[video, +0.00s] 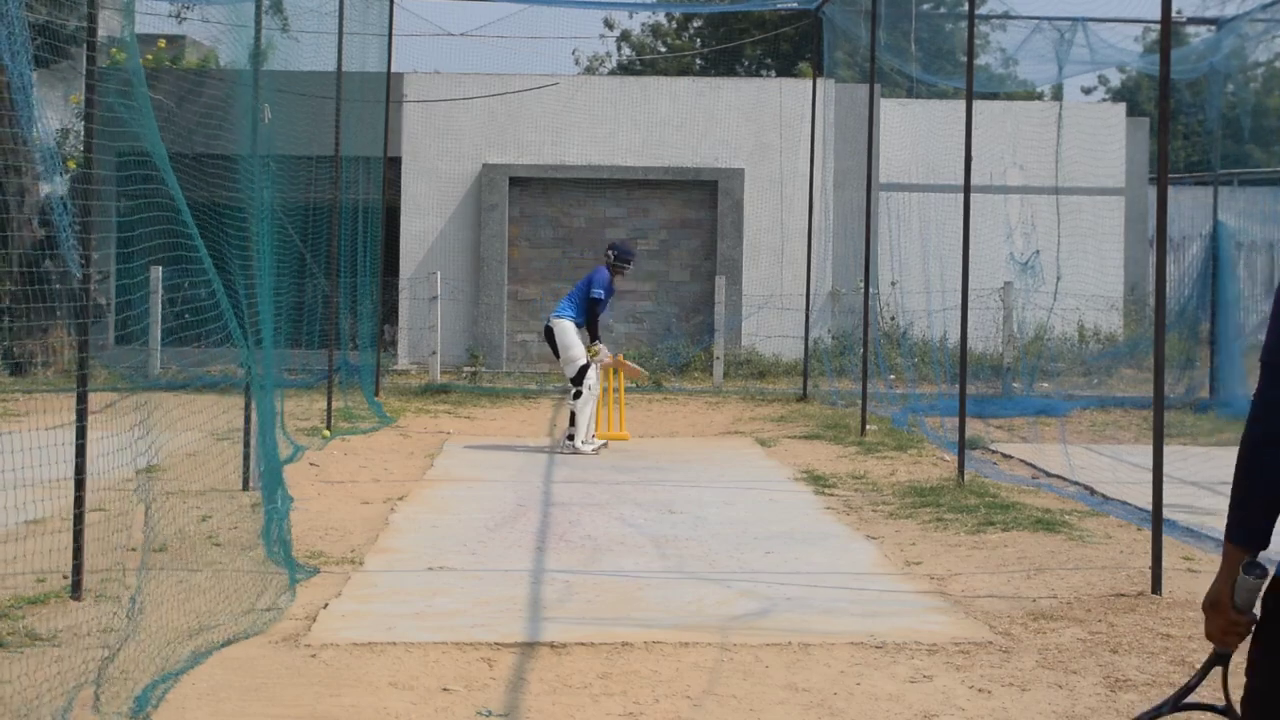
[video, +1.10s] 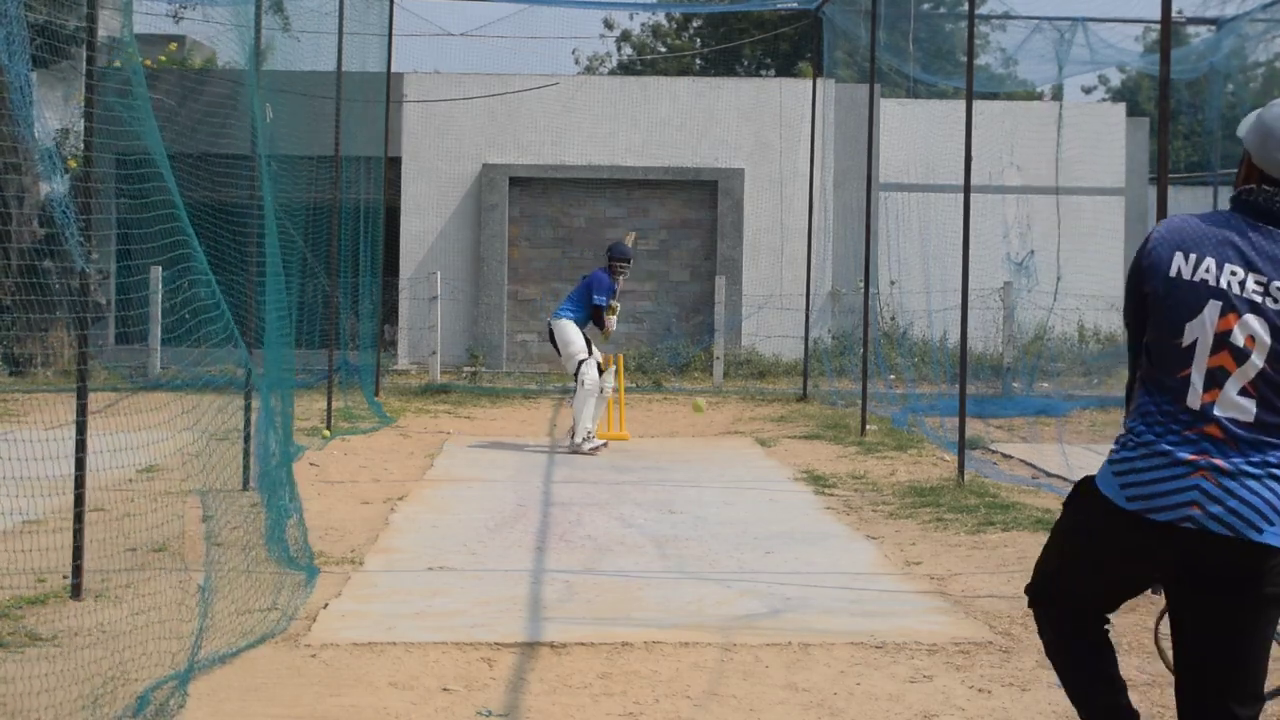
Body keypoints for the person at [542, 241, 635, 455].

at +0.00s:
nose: (625, 267)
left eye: (628, 263)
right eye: (623, 262)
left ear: (624, 263)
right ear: (613, 258)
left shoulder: (608, 282)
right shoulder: (602, 275)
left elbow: (593, 316)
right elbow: (592, 314)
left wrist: (596, 345)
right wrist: (596, 344)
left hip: (569, 326)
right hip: (561, 325)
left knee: (592, 379)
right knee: (584, 380)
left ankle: (585, 436)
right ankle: (575, 439)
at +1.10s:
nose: (621, 268)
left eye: (625, 264)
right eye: (618, 263)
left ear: (628, 265)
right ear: (609, 262)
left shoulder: (612, 283)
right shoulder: (601, 279)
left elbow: (610, 306)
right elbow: (596, 316)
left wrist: (611, 315)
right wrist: (605, 326)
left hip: (574, 326)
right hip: (563, 323)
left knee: (604, 378)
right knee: (589, 377)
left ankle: (586, 434)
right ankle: (579, 438)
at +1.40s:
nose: (618, 265)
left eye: (623, 262)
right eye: (615, 260)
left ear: (627, 262)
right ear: (608, 257)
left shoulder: (620, 277)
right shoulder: (595, 269)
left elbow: (614, 301)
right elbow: (590, 300)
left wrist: (625, 303)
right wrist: (615, 312)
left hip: (589, 327)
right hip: (571, 323)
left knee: (611, 378)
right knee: (586, 375)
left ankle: (583, 430)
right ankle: (584, 436)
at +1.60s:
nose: (617, 255)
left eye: (622, 252)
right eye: (614, 249)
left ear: (629, 251)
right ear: (609, 243)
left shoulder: (624, 266)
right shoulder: (598, 246)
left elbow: (598, 272)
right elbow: (580, 257)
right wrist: (562, 255)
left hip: (596, 312)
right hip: (574, 304)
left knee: (598, 368)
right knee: (597, 361)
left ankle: (589, 428)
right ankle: (601, 423)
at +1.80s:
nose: (607, 255)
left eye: (610, 252)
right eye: (605, 251)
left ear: (614, 252)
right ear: (605, 251)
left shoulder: (615, 273)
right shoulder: (595, 269)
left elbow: (582, 275)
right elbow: (578, 290)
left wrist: (574, 259)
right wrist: (564, 268)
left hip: (596, 326)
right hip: (571, 319)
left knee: (598, 378)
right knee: (582, 368)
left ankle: (589, 426)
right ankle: (591, 424)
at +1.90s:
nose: (604, 257)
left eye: (608, 254)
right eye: (602, 253)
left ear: (619, 254)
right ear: (600, 252)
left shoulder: (615, 276)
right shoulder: (603, 274)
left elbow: (580, 287)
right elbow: (578, 295)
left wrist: (565, 269)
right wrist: (558, 279)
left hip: (594, 332)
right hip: (573, 326)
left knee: (587, 383)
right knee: (558, 367)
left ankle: (588, 432)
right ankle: (566, 425)